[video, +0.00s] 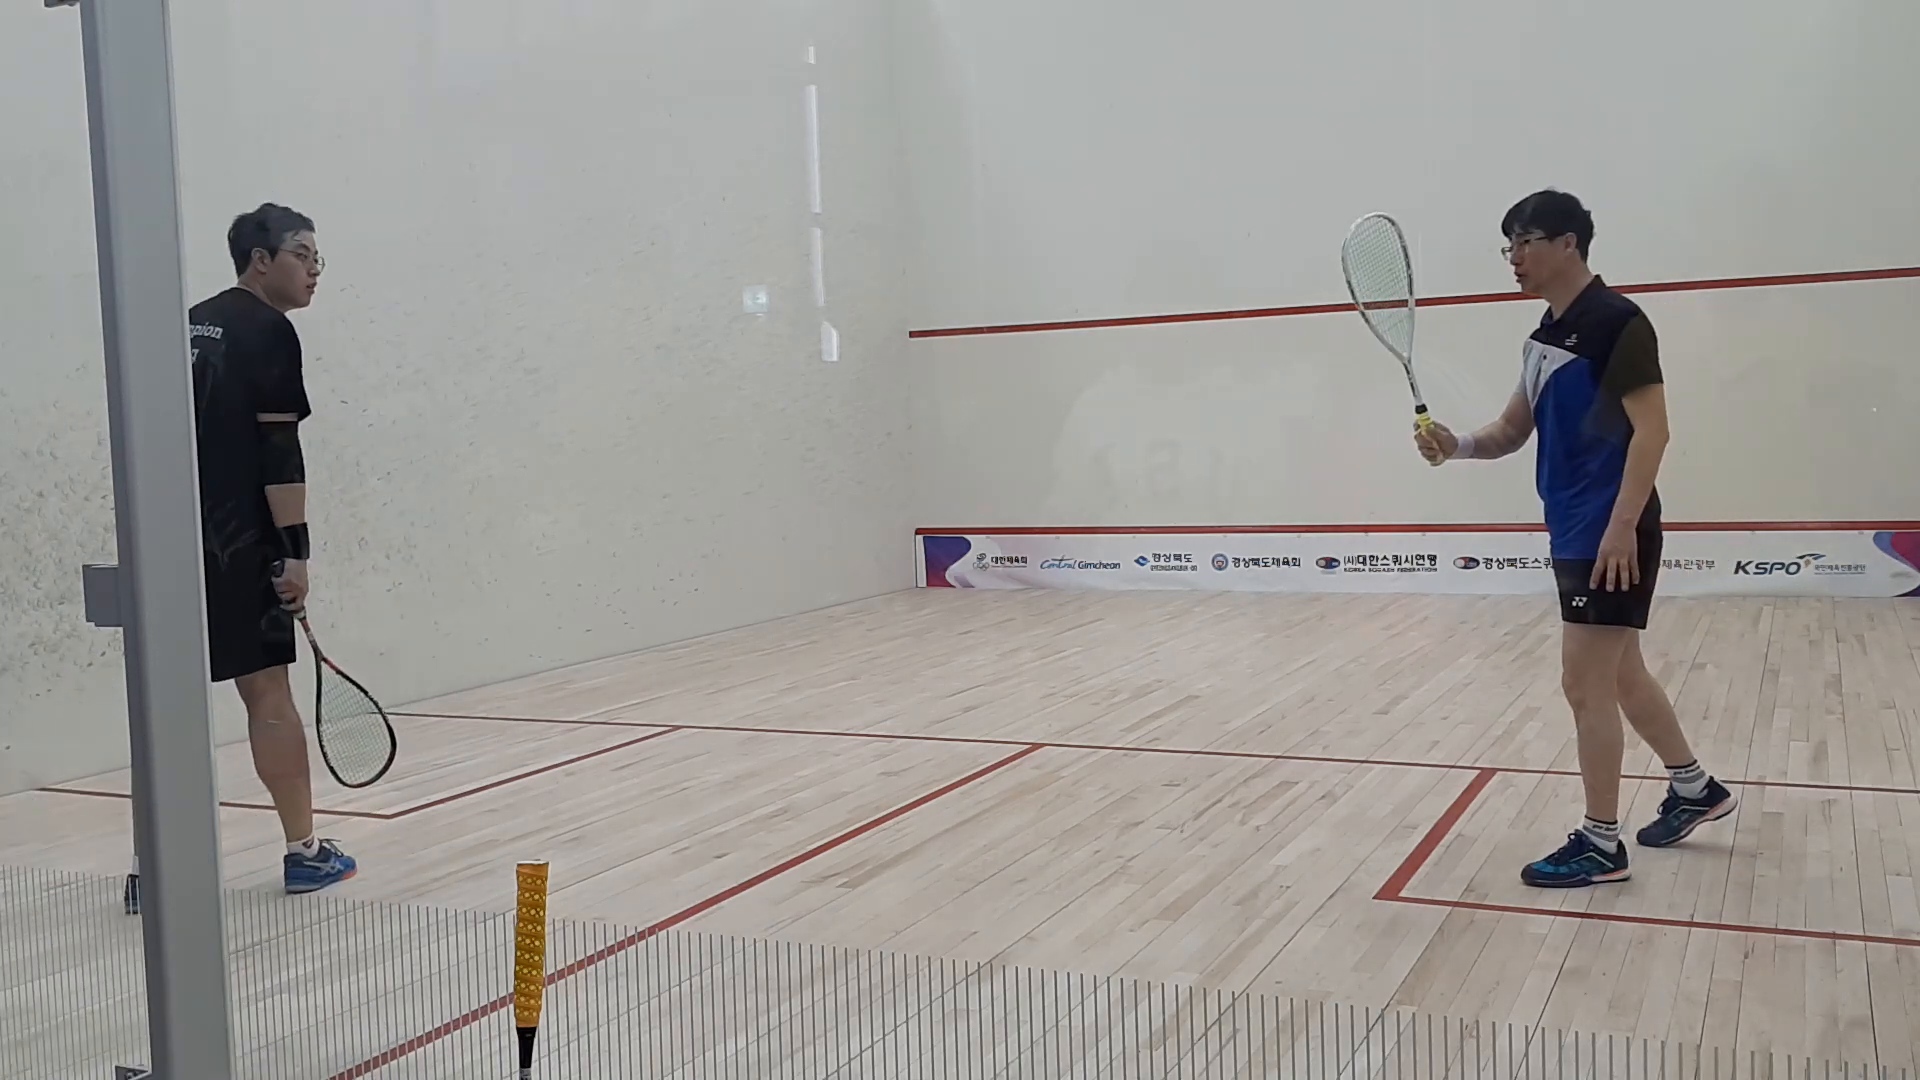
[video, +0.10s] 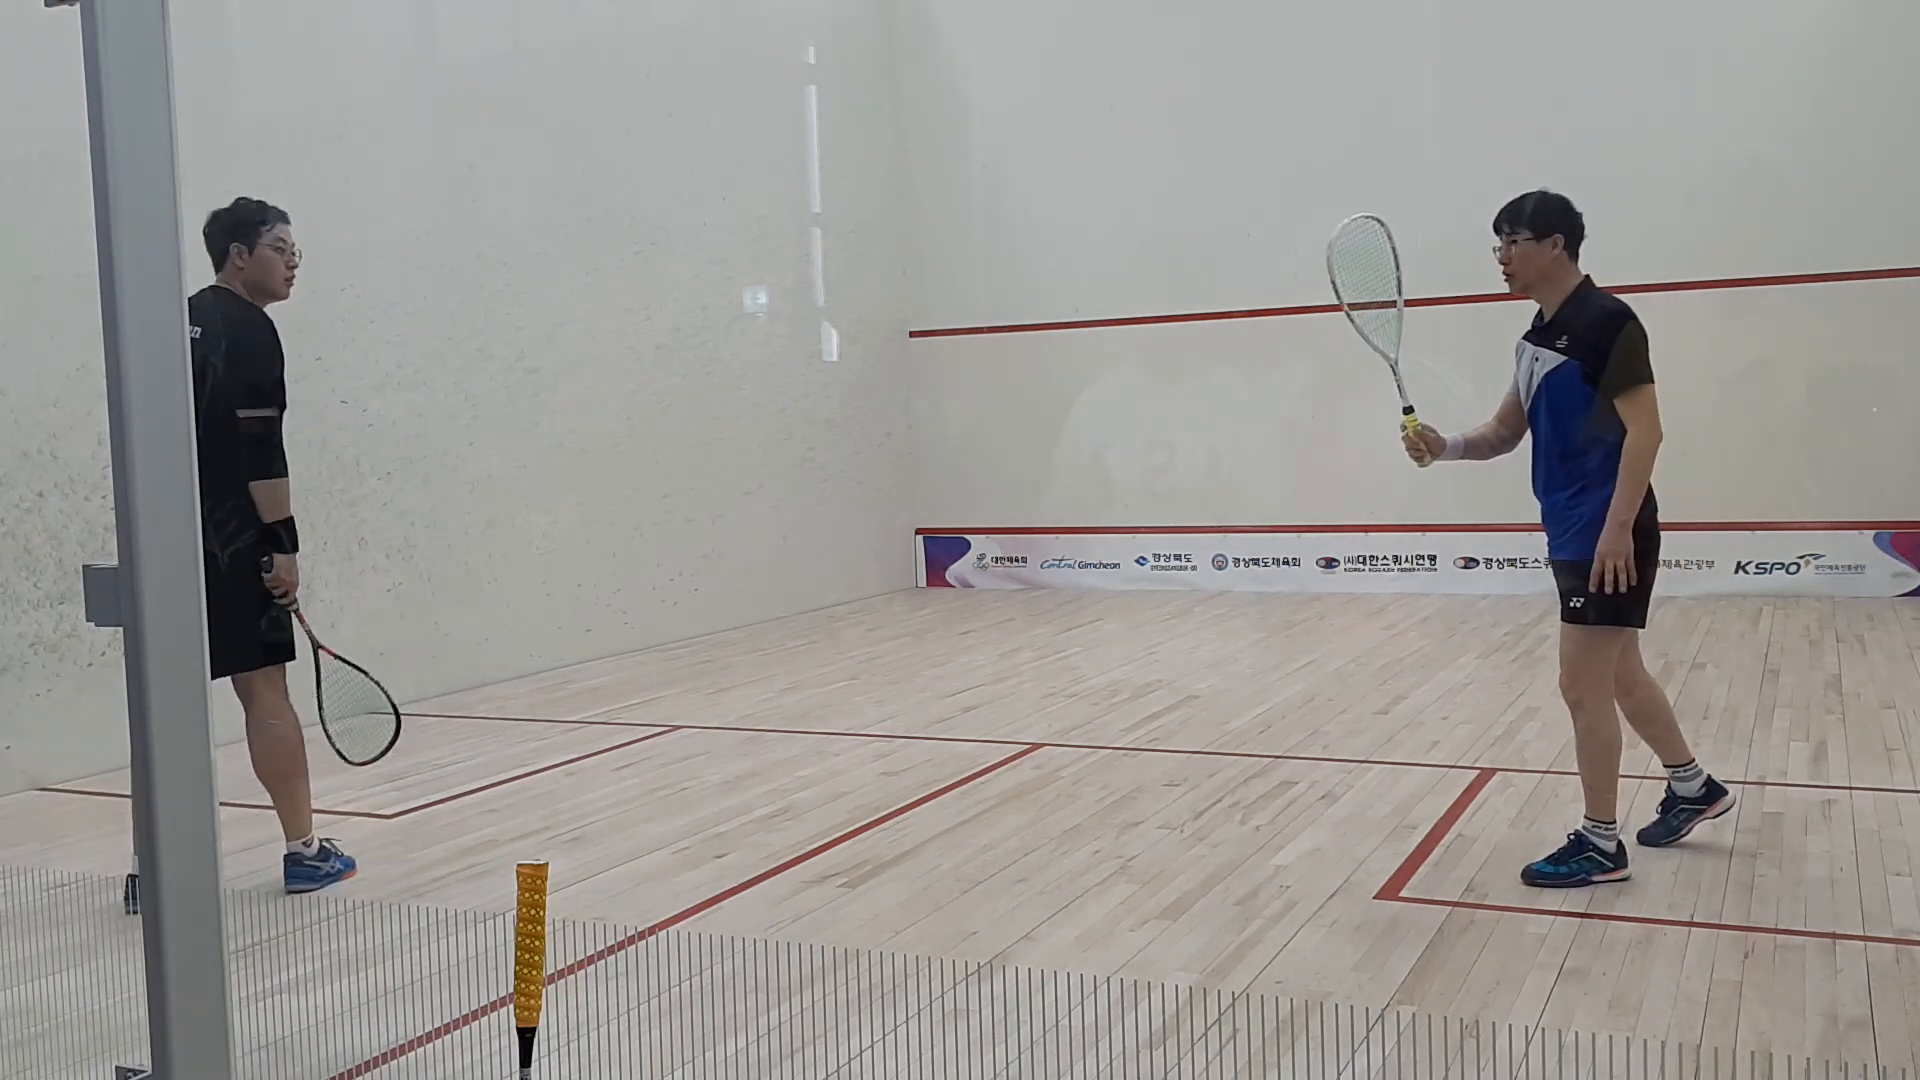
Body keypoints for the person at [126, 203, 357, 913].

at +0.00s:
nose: (316, 271)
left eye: (316, 258)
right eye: (305, 257)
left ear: (255, 265)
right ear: (260, 260)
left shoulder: (190, 320)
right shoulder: (270, 332)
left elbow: (170, 438)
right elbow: (280, 453)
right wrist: (297, 550)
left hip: (177, 543)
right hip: (242, 547)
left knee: (165, 705)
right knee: (269, 696)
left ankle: (152, 868)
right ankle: (304, 849)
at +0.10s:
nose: (294, 262)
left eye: (292, 249)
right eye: (280, 249)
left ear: (232, 259)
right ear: (237, 256)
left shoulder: (189, 315)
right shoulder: (248, 327)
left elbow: (175, 435)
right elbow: (259, 444)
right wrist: (284, 542)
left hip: (180, 537)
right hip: (238, 541)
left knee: (166, 703)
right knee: (267, 695)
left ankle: (153, 868)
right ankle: (304, 849)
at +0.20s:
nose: (271, 255)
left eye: (269, 243)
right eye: (260, 243)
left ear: (211, 252)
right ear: (218, 249)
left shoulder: (170, 318)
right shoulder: (230, 326)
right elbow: (242, 443)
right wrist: (277, 534)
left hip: (174, 535)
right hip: (233, 538)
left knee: (165, 702)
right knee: (266, 694)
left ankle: (153, 867)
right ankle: (304, 849)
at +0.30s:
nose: (253, 254)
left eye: (250, 240)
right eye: (245, 241)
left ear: (199, 250)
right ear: (207, 247)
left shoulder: (149, 316)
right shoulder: (221, 322)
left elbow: (140, 440)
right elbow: (236, 442)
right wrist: (280, 522)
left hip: (156, 536)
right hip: (227, 537)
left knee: (162, 703)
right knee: (271, 690)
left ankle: (151, 867)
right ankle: (305, 848)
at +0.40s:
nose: (246, 257)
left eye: (243, 243)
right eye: (237, 244)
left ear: (190, 251)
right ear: (202, 250)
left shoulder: (121, 318)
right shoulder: (225, 326)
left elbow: (109, 435)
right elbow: (247, 437)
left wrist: (180, 458)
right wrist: (290, 495)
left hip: (143, 541)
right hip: (225, 539)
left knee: (156, 711)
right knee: (278, 689)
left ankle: (149, 869)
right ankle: (310, 844)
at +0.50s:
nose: (249, 273)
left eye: (249, 259)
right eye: (242, 259)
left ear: (187, 257)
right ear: (206, 256)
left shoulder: (113, 323)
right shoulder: (231, 330)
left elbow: (91, 437)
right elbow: (272, 437)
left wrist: (157, 455)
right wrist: (303, 460)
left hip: (143, 549)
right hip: (232, 543)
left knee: (153, 711)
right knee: (282, 690)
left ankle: (152, 869)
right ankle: (319, 843)